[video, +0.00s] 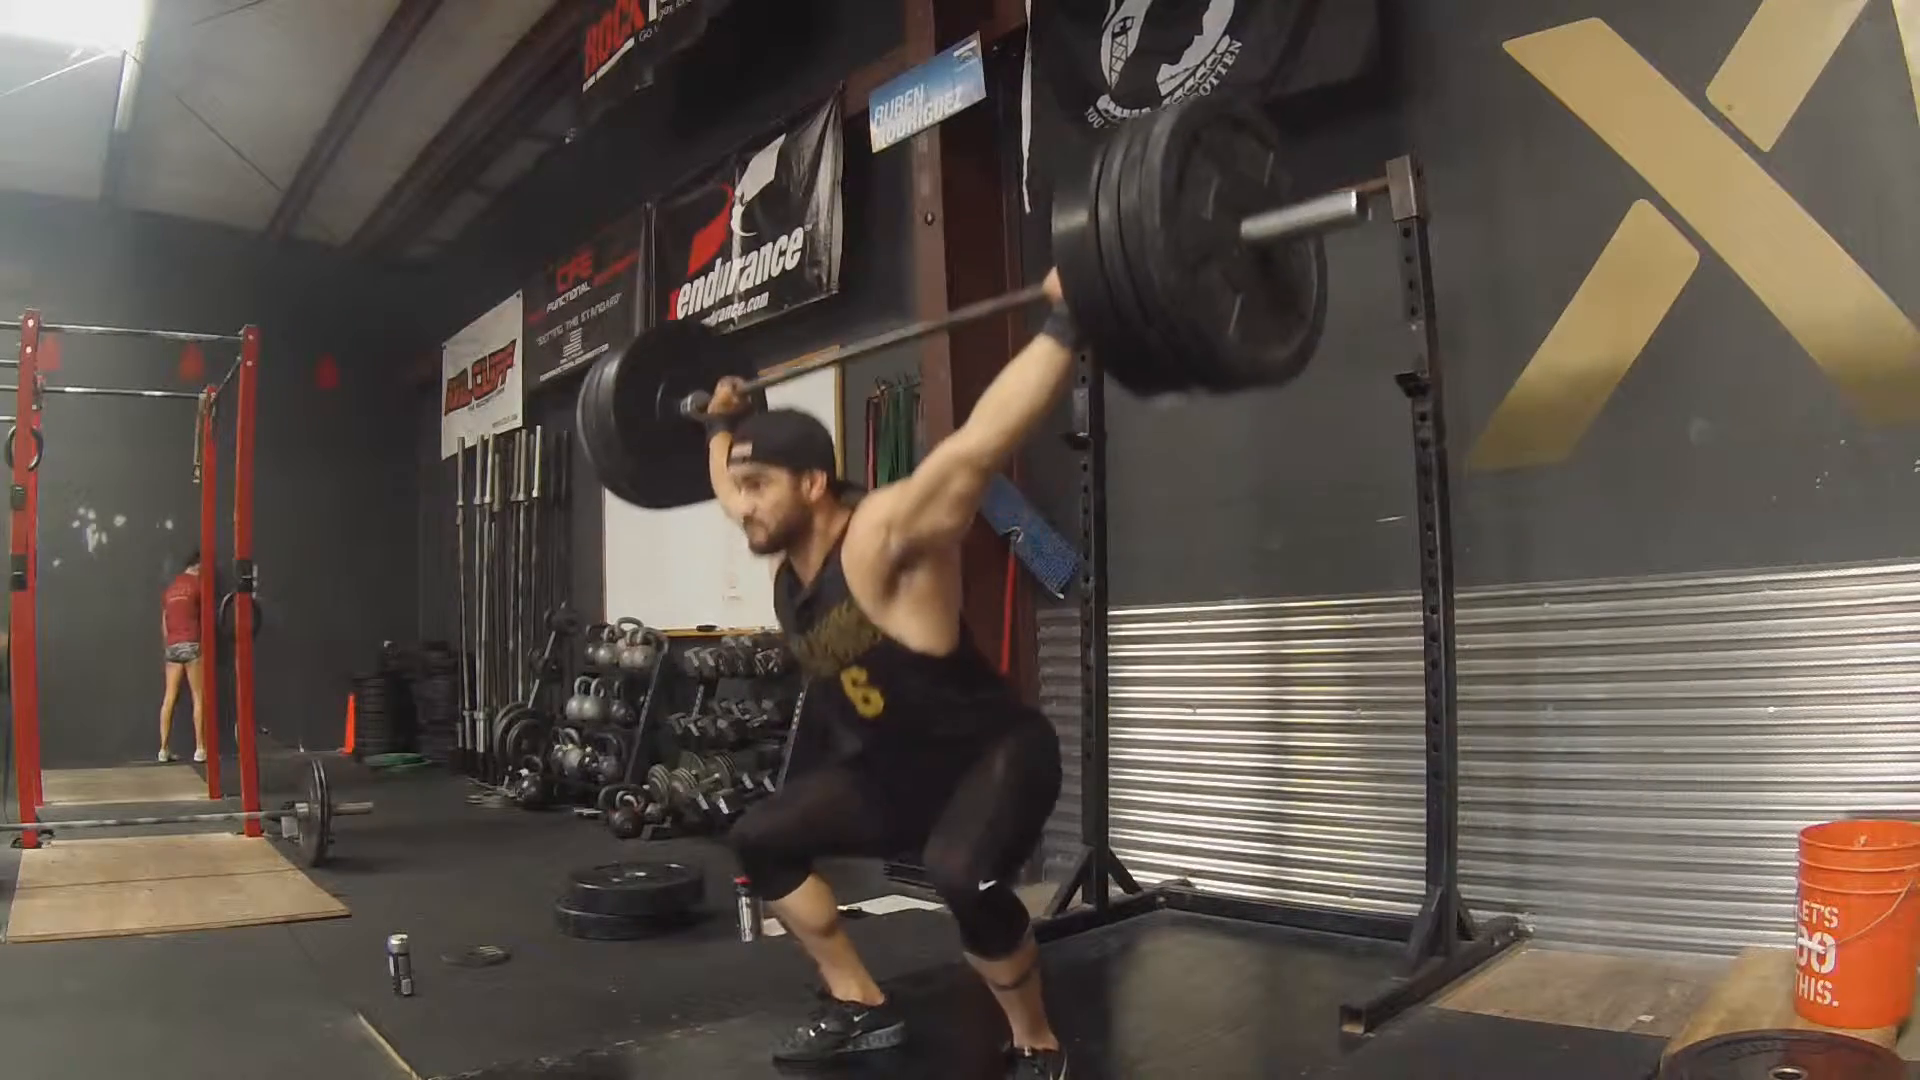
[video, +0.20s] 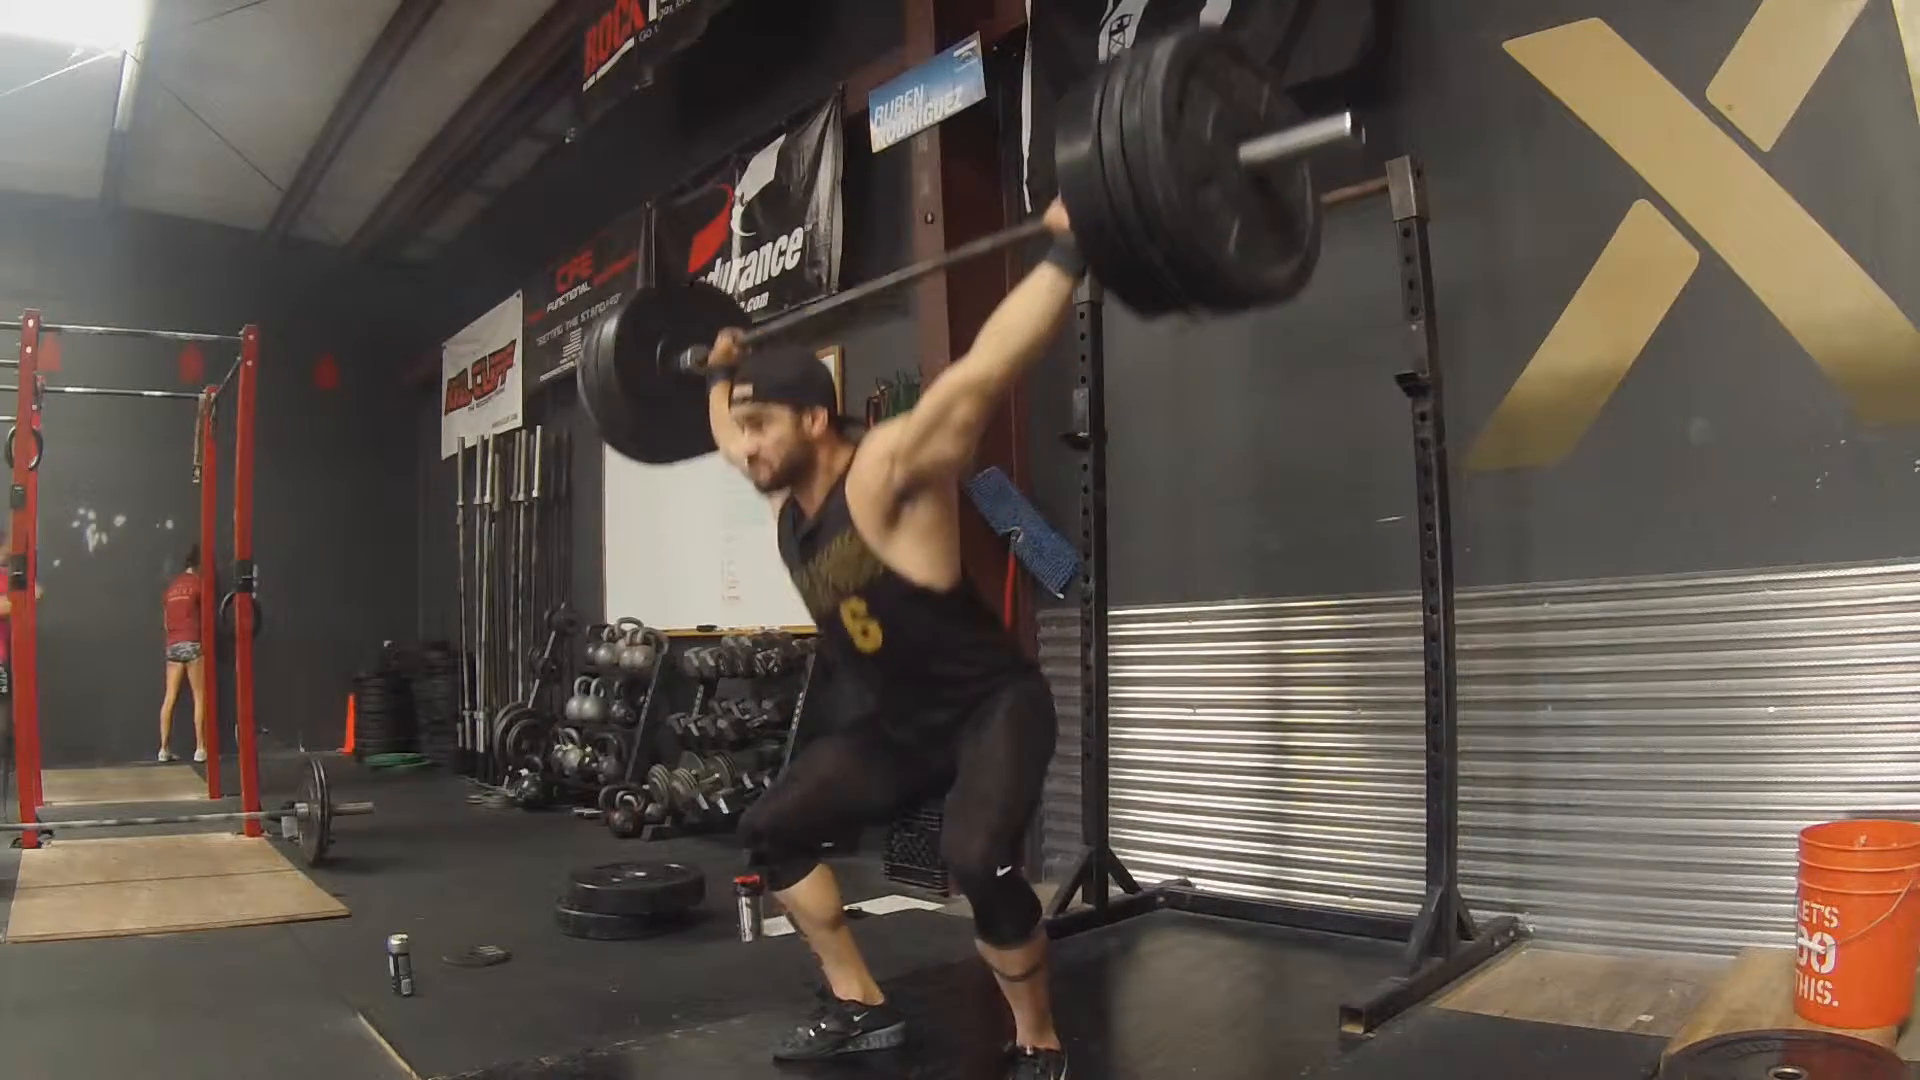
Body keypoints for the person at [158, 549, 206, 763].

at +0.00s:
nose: (203, 572)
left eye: (202, 568)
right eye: (203, 568)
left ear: (186, 566)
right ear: (197, 566)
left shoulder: (170, 588)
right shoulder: (198, 584)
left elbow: (164, 619)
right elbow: (205, 613)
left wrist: (167, 642)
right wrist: (207, 638)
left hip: (172, 643)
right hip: (192, 641)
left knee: (169, 697)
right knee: (198, 697)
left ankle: (163, 748)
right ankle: (200, 747)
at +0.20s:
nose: (203, 570)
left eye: (200, 567)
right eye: (202, 567)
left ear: (186, 564)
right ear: (199, 565)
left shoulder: (171, 587)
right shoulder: (199, 584)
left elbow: (167, 620)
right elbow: (206, 613)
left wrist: (171, 635)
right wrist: (208, 637)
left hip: (173, 642)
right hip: (193, 641)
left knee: (169, 696)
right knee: (199, 695)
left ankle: (163, 748)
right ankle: (200, 747)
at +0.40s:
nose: (182, 568)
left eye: (182, 564)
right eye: (187, 564)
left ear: (181, 564)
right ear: (197, 564)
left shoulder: (170, 585)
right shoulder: (201, 584)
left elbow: (167, 615)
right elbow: (207, 614)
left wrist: (170, 631)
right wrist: (207, 636)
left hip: (174, 641)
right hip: (195, 640)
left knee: (170, 696)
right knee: (199, 695)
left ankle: (164, 745)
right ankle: (200, 746)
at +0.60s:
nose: (172, 564)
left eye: (174, 560)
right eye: (173, 560)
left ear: (180, 562)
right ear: (192, 562)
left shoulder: (168, 583)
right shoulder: (201, 583)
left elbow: (160, 616)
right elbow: (207, 613)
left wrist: (170, 632)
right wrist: (203, 633)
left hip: (172, 642)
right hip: (194, 641)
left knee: (170, 696)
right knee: (200, 695)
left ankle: (164, 745)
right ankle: (201, 743)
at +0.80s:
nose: (170, 563)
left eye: (172, 559)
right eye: (171, 559)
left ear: (179, 561)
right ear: (189, 562)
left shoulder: (166, 584)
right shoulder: (201, 585)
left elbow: (157, 618)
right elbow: (207, 617)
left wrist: (155, 646)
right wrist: (207, 643)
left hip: (170, 644)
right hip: (195, 643)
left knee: (168, 697)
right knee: (202, 694)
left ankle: (164, 745)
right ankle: (207, 736)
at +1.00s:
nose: (172, 564)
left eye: (175, 560)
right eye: (173, 560)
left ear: (185, 562)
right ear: (192, 562)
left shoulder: (174, 585)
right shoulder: (204, 586)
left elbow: (161, 615)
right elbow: (210, 615)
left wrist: (147, 643)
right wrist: (209, 640)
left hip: (176, 645)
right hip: (199, 644)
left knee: (170, 696)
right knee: (202, 696)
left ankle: (164, 745)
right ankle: (210, 745)